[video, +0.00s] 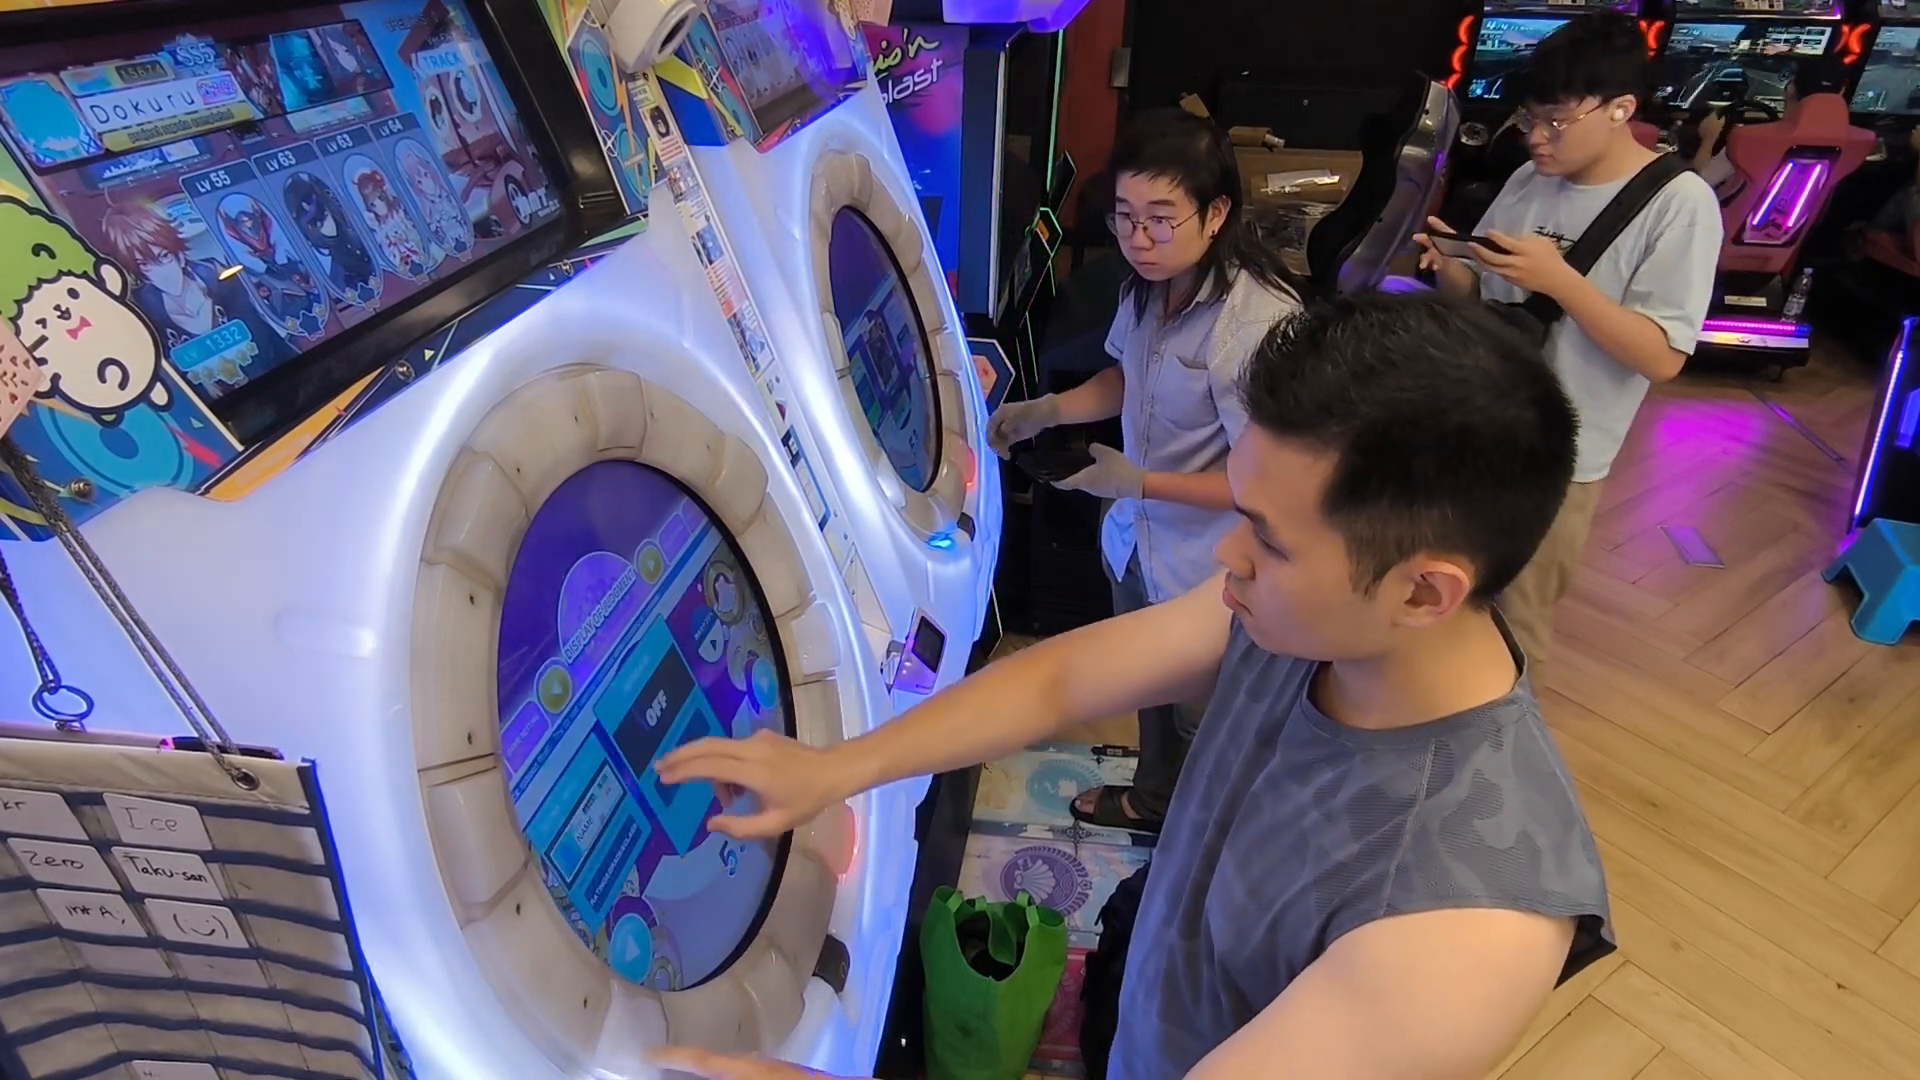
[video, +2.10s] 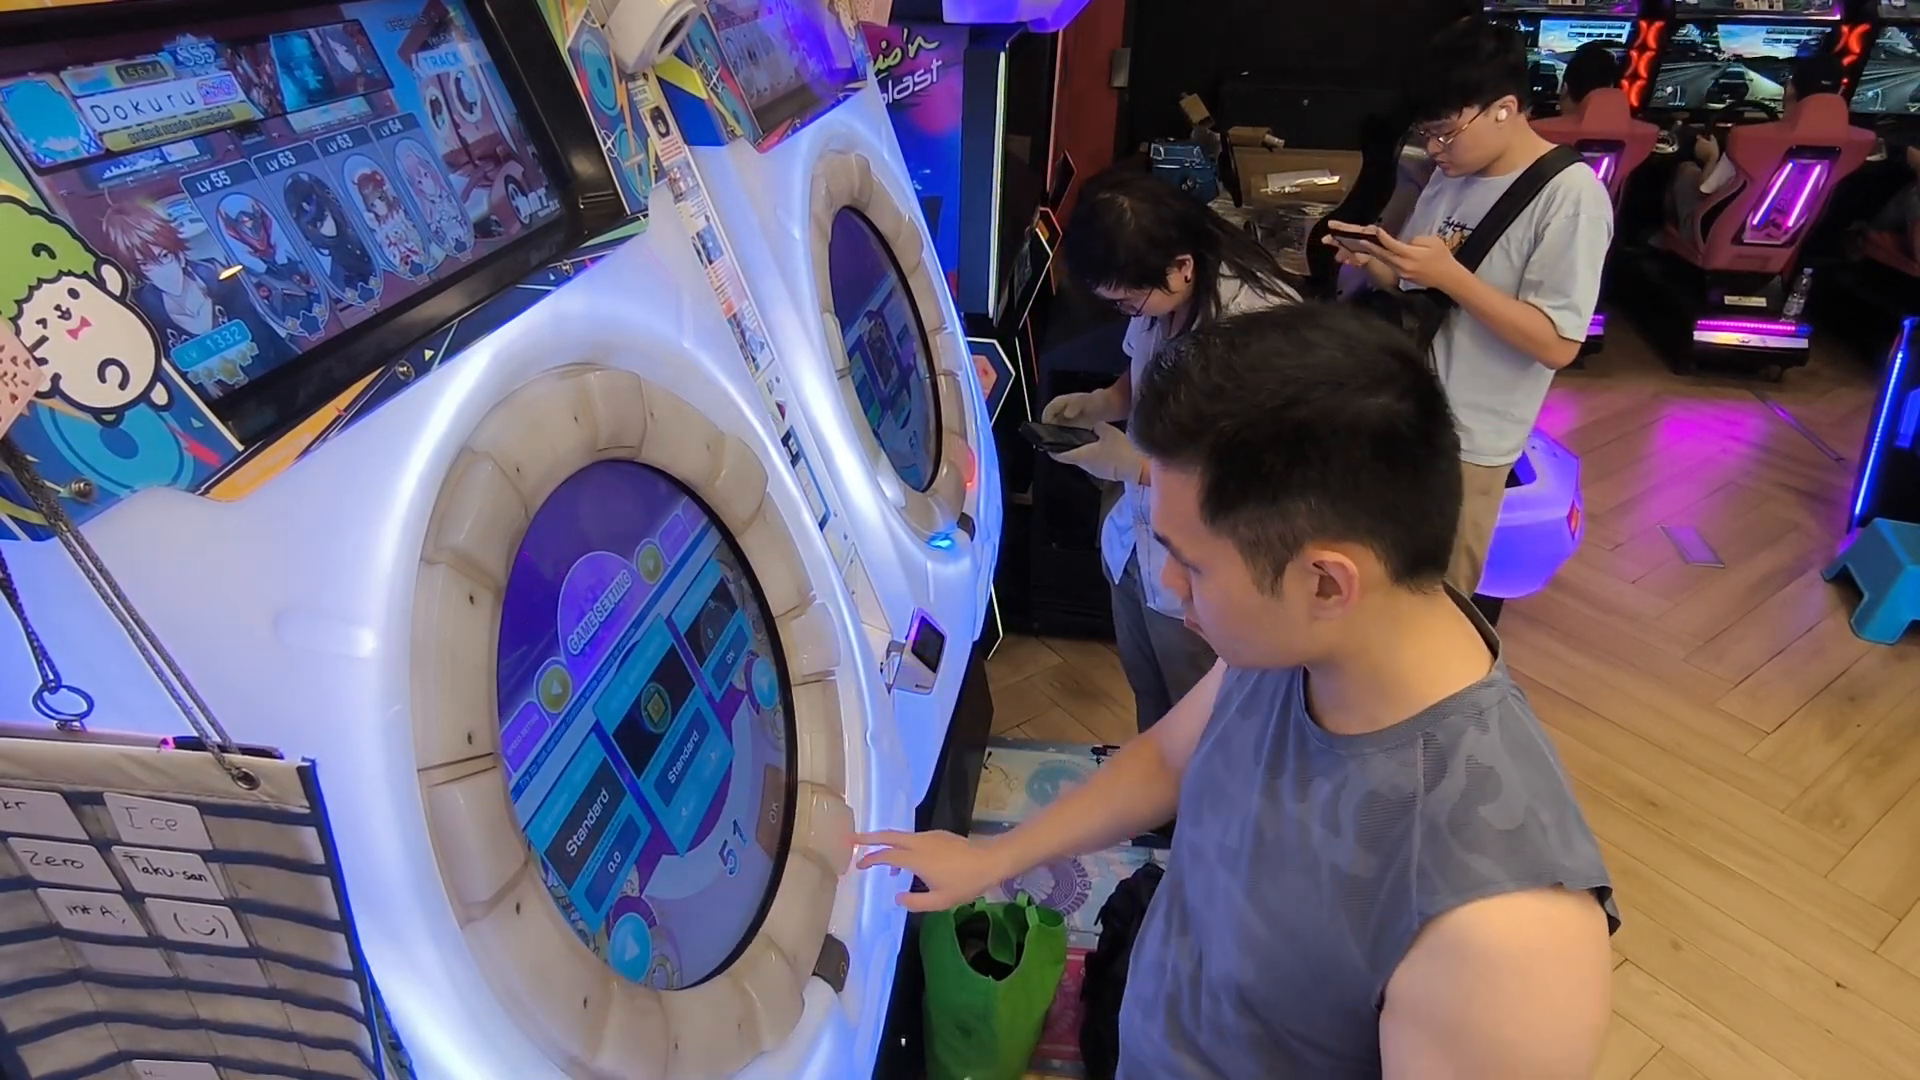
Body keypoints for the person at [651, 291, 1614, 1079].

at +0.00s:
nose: (1219, 553)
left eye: (1268, 541)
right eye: (1237, 511)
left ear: (1427, 593)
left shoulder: (1472, 910)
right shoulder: (1296, 605)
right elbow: (1061, 680)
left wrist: (811, 1069)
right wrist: (841, 767)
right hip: (1135, 1014)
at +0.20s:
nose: (1225, 554)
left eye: (1276, 544)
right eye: (1244, 512)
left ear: (1435, 595)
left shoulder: (1479, 915)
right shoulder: (1298, 594)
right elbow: (1049, 662)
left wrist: (878, 1076)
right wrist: (809, 736)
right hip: (1138, 988)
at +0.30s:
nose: (1229, 554)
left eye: (1279, 544)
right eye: (1246, 512)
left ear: (1438, 595)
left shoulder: (1486, 916)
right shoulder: (1295, 591)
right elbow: (1040, 654)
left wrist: (882, 1078)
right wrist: (793, 729)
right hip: (1137, 1003)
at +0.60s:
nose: (1229, 558)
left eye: (1281, 547)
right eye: (1247, 514)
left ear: (1442, 596)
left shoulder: (1492, 917)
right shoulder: (1287, 590)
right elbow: (1032, 664)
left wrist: (874, 1078)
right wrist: (795, 754)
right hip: (1137, 992)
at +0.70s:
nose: (1230, 560)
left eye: (1279, 549)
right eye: (1248, 518)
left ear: (1438, 599)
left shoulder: (1491, 913)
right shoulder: (1292, 596)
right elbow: (1046, 685)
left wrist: (877, 1076)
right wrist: (844, 797)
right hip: (1133, 1025)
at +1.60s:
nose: (1191, 579)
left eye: (1222, 561)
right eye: (1198, 544)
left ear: (1370, 593)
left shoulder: (1494, 918)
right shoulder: (1296, 626)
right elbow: (1101, 726)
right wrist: (904, 805)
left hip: (1208, 1075)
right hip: (1131, 1002)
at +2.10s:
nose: (1161, 578)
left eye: (1187, 562)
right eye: (1162, 546)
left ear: (1327, 584)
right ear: (1326, 587)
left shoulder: (1500, 922)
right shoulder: (1286, 640)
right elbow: (1163, 761)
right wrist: (1000, 857)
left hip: (1215, 1071)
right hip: (1141, 977)